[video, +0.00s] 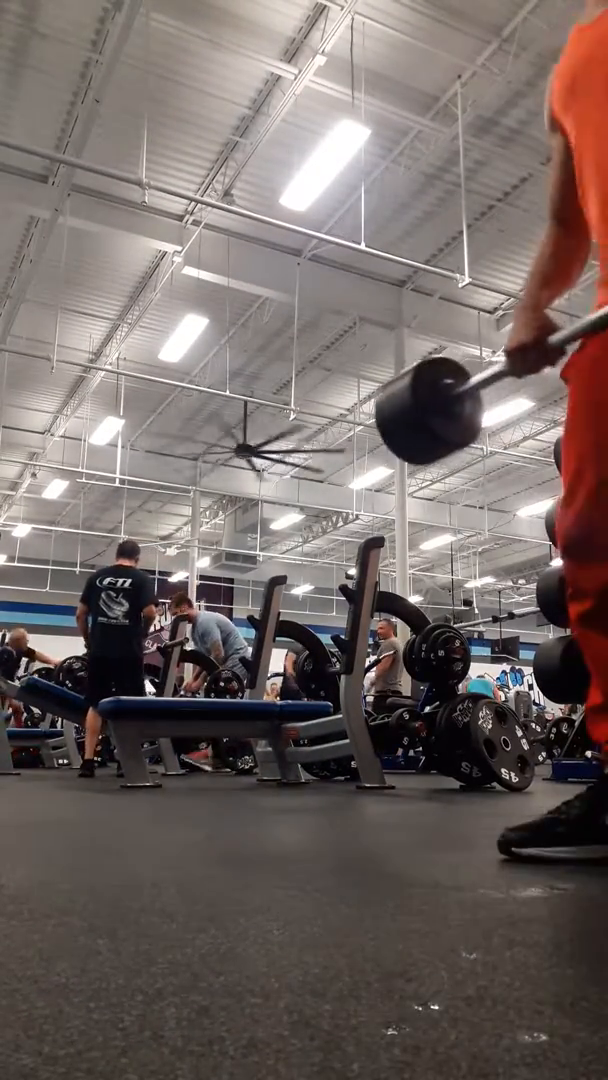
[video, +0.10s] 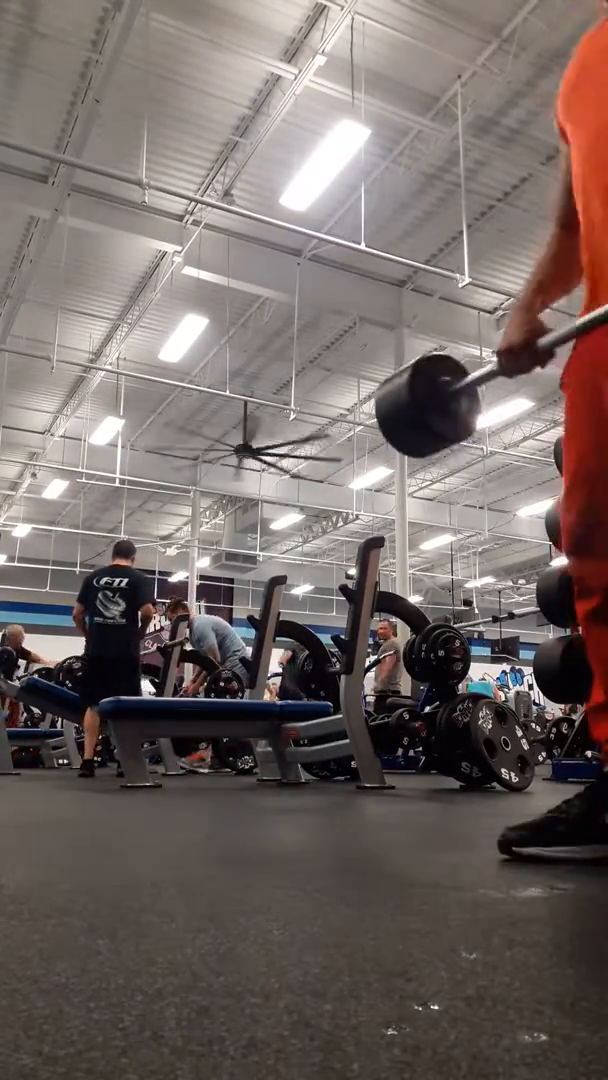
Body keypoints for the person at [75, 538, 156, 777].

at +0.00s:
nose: (135, 564)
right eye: (137, 561)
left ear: (116, 556)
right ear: (137, 559)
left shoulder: (98, 576)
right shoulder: (142, 579)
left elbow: (81, 613)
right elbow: (149, 611)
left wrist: (87, 640)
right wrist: (145, 628)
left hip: (99, 650)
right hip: (128, 651)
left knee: (95, 704)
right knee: (131, 705)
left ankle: (88, 760)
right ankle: (129, 762)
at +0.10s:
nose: (129, 562)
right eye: (133, 559)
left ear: (112, 556)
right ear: (132, 558)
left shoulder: (94, 577)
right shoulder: (139, 579)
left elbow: (77, 613)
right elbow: (147, 611)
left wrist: (88, 636)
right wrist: (141, 632)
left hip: (97, 650)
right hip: (125, 651)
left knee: (93, 705)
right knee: (127, 705)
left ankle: (87, 760)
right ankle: (127, 762)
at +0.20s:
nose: (123, 562)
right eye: (127, 559)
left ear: (108, 557)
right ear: (129, 559)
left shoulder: (90, 577)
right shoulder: (134, 578)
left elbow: (74, 614)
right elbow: (144, 610)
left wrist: (88, 631)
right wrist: (141, 627)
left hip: (93, 649)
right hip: (122, 650)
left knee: (91, 703)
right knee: (124, 704)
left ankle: (87, 760)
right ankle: (126, 760)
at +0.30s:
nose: (122, 563)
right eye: (125, 560)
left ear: (105, 557)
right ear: (126, 559)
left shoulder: (88, 577)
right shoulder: (131, 577)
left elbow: (72, 614)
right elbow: (141, 609)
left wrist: (87, 630)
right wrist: (140, 628)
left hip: (91, 649)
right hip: (120, 649)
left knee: (88, 703)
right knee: (123, 704)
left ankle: (86, 760)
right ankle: (127, 761)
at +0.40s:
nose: (123, 563)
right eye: (124, 560)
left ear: (104, 558)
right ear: (124, 559)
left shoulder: (86, 578)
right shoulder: (129, 577)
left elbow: (71, 615)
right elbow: (138, 608)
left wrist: (86, 626)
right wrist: (140, 626)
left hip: (89, 649)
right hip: (119, 649)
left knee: (88, 703)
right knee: (122, 704)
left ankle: (86, 760)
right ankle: (126, 760)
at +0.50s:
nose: (123, 563)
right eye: (124, 560)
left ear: (103, 559)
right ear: (124, 559)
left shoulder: (86, 578)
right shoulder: (129, 576)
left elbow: (72, 615)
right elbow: (138, 608)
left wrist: (92, 618)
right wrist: (138, 628)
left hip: (89, 650)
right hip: (119, 651)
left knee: (88, 704)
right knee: (120, 704)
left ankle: (86, 760)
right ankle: (117, 758)